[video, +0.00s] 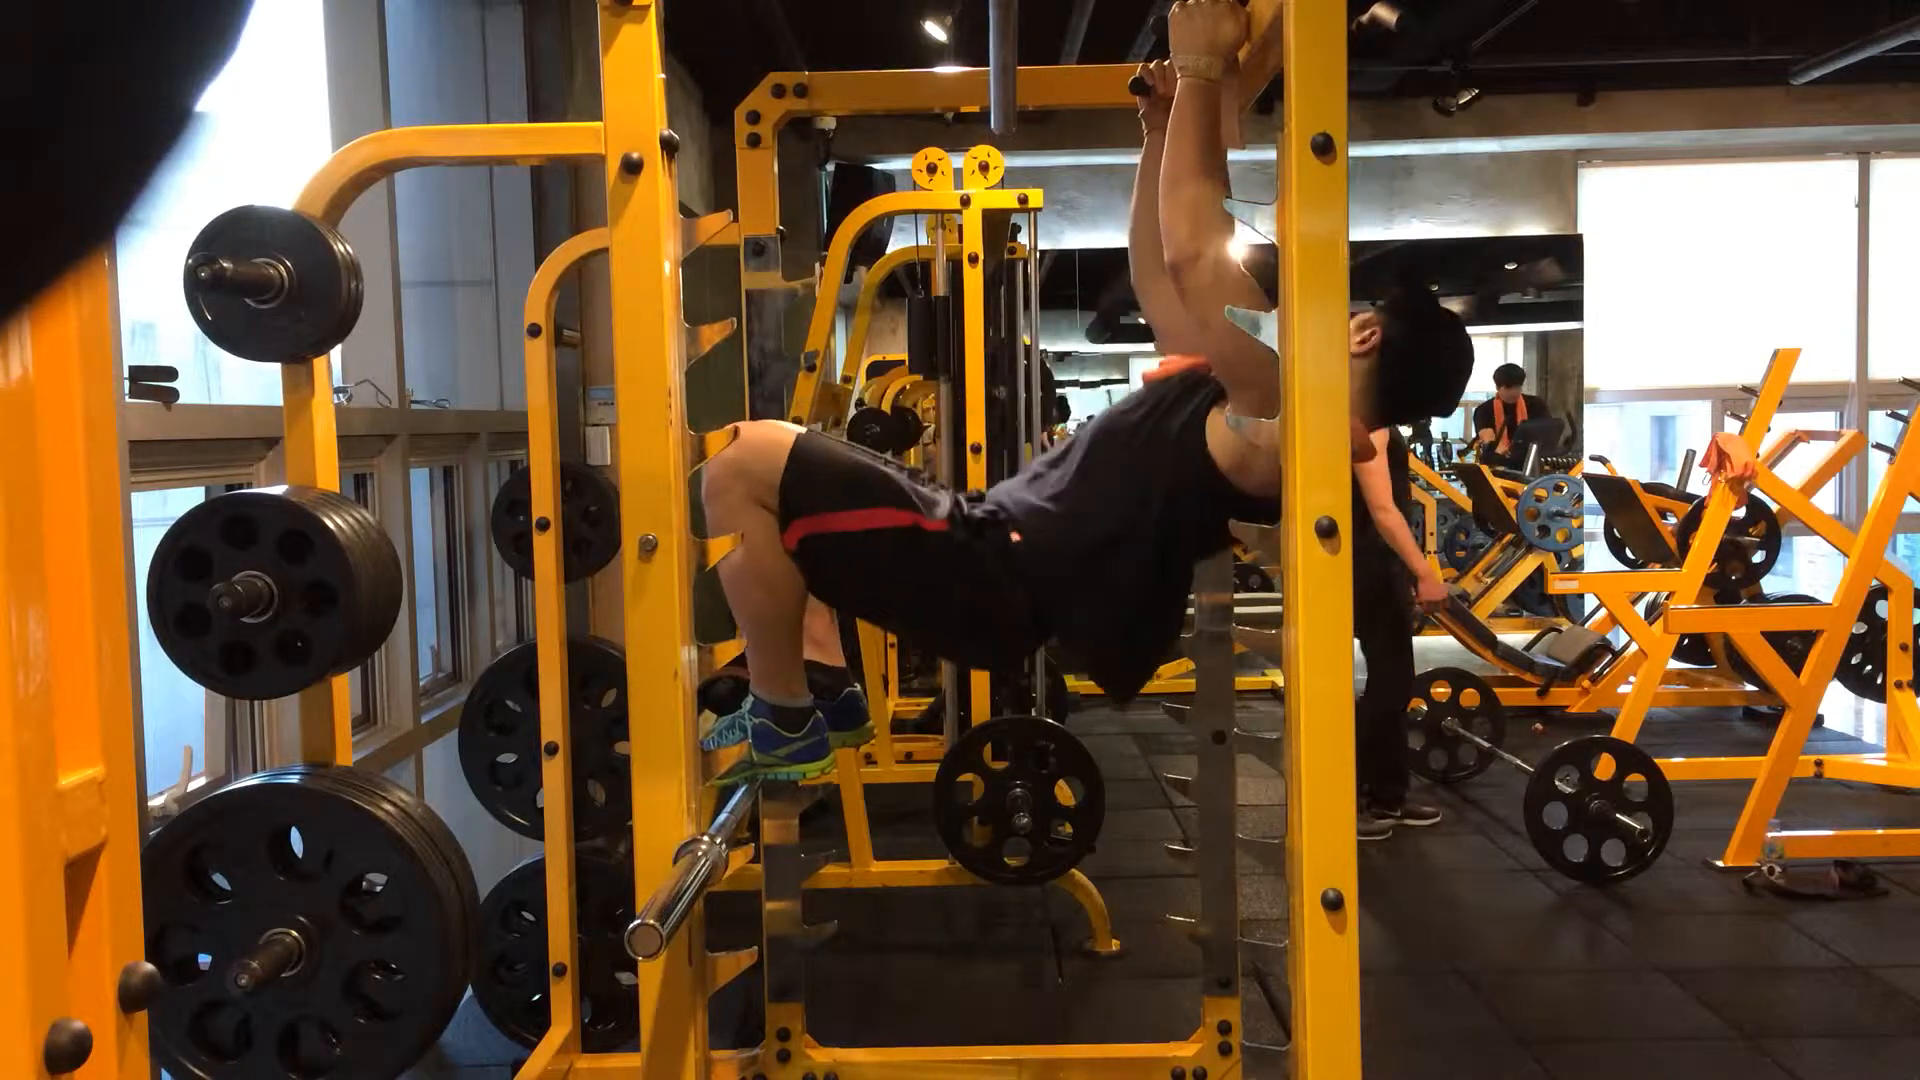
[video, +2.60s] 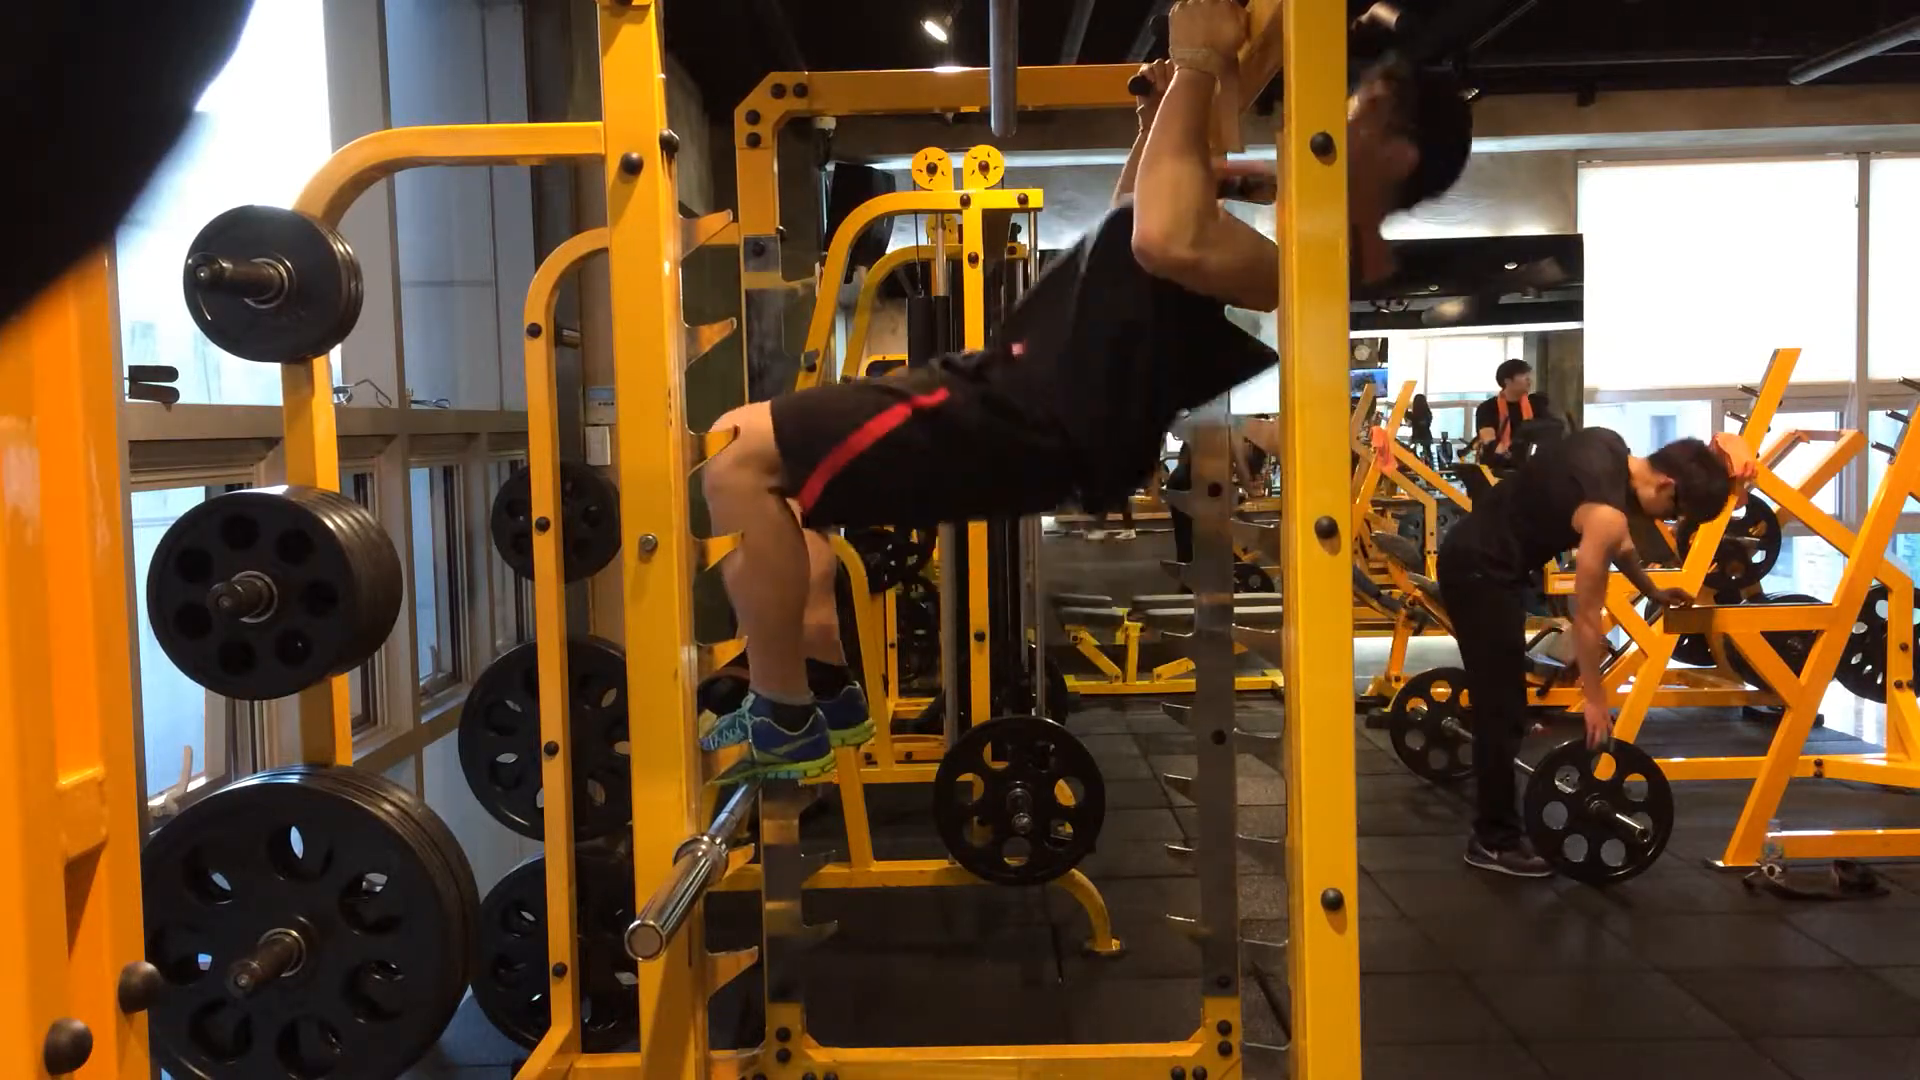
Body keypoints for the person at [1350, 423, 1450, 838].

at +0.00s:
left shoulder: (1374, 424)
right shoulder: (1368, 426)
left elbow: (1382, 509)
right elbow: (1381, 508)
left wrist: (1415, 571)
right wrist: (1424, 572)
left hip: (1381, 565)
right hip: (1370, 565)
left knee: (1393, 679)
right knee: (1388, 680)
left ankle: (1388, 795)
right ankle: (1352, 803)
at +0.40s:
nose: (1440, 377)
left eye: (1441, 367)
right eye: (1434, 366)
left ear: (1408, 368)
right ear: (1403, 365)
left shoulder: (1405, 422)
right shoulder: (1382, 426)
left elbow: (1417, 512)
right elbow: (1383, 519)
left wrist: (1449, 568)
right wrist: (1417, 587)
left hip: (1407, 577)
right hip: (1393, 578)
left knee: (1398, 688)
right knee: (1420, 694)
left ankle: (1385, 799)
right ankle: (1430, 822)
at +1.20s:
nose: (1490, 404)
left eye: (1496, 396)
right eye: (1493, 393)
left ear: (1471, 377)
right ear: (1472, 376)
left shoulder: (1445, 424)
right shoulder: (1430, 429)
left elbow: (1453, 518)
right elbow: (1429, 528)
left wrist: (1482, 571)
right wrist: (1464, 602)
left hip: (1450, 584)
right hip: (1429, 587)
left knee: (1477, 696)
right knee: (1450, 701)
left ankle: (1458, 806)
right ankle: (1434, 827)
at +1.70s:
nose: (1561, 410)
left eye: (1567, 401)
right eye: (1564, 398)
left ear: (1536, 376)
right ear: (1545, 379)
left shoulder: (1489, 418)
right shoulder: (1493, 428)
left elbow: (1484, 524)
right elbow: (1490, 528)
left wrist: (1512, 590)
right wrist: (1525, 599)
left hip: (1475, 582)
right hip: (1473, 585)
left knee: (1505, 704)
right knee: (1488, 703)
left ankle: (1515, 827)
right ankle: (1437, 827)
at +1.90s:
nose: (1583, 415)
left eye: (1589, 407)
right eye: (1588, 405)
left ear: (1566, 381)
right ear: (1572, 385)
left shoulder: (1513, 420)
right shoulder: (1514, 434)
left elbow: (1517, 524)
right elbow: (1512, 538)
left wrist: (1563, 569)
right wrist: (1554, 608)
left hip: (1493, 578)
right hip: (1486, 583)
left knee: (1522, 702)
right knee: (1516, 703)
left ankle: (1498, 821)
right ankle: (1472, 820)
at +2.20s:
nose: (1626, 452)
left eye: (1634, 446)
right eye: (1632, 441)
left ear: (1615, 415)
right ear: (1617, 419)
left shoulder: (1565, 443)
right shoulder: (1552, 455)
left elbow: (1586, 520)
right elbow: (1539, 560)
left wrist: (1631, 568)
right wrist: (1567, 632)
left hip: (1495, 574)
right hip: (1478, 577)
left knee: (1509, 701)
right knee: (1503, 704)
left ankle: (1504, 824)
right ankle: (1494, 838)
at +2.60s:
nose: (1662, 517)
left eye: (1671, 515)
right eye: (1670, 511)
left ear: (1661, 469)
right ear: (1664, 484)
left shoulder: (1606, 446)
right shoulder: (1606, 516)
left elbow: (1616, 539)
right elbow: (1585, 618)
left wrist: (1652, 590)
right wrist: (1594, 697)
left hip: (1471, 551)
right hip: (1483, 570)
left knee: (1501, 700)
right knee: (1501, 705)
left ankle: (1495, 824)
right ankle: (1493, 838)